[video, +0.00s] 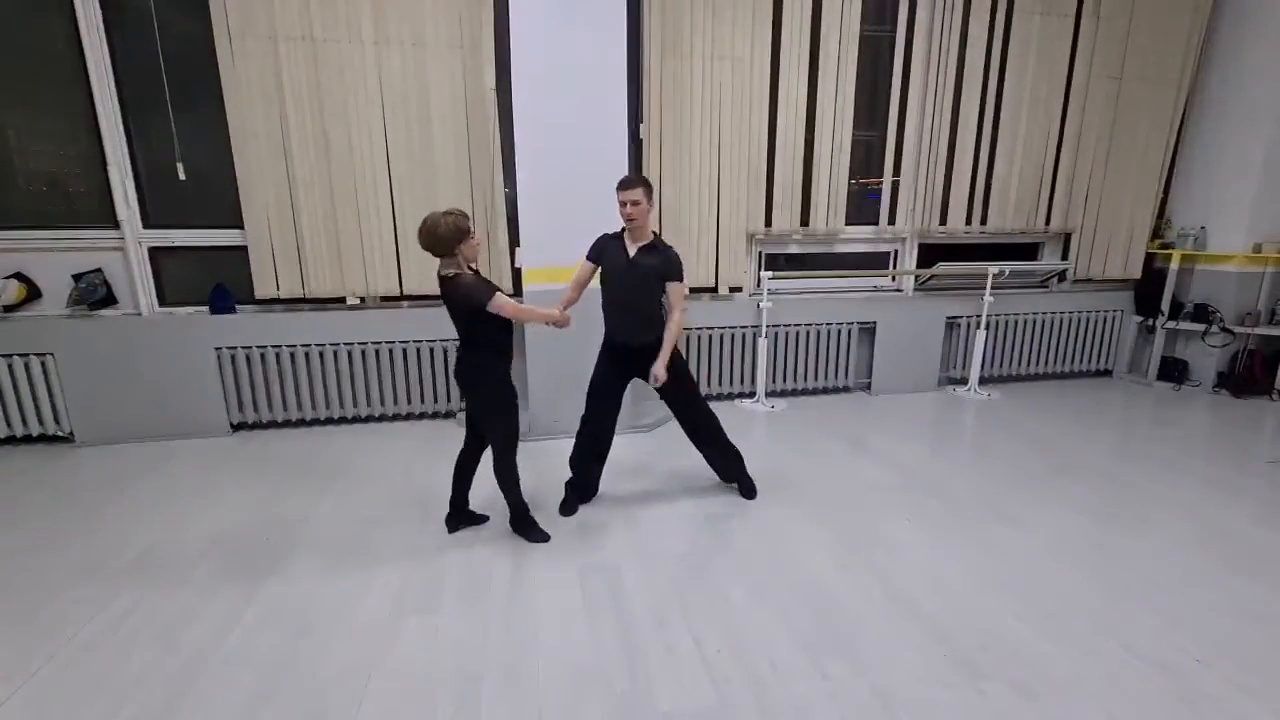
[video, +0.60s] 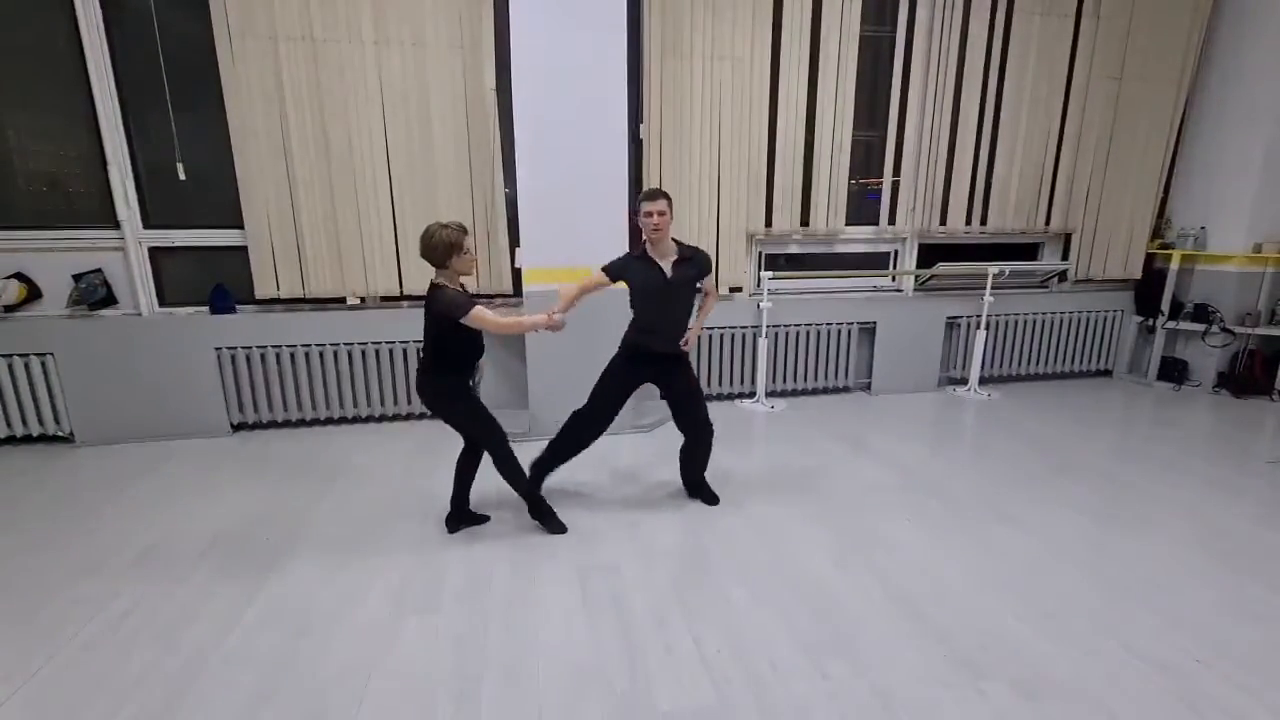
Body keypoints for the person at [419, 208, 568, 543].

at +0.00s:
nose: (479, 238)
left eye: (474, 233)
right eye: (472, 235)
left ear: (450, 248)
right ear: (458, 246)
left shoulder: (452, 277)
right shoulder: (468, 284)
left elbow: (503, 306)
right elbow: (512, 312)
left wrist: (540, 315)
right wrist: (552, 316)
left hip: (474, 370)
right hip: (488, 375)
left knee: (475, 441)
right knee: (505, 444)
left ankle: (458, 510)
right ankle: (520, 516)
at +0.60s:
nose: (473, 255)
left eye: (471, 249)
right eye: (466, 252)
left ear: (450, 259)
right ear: (448, 260)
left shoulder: (454, 288)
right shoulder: (445, 297)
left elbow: (491, 319)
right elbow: (496, 324)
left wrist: (531, 322)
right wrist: (542, 321)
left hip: (450, 381)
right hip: (442, 386)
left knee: (475, 439)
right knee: (495, 438)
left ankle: (458, 512)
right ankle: (536, 505)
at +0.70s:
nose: (472, 257)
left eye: (471, 251)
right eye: (465, 253)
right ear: (446, 261)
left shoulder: (472, 290)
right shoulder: (429, 296)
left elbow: (496, 323)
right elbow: (472, 320)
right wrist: (522, 314)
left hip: (464, 383)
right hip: (435, 388)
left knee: (484, 440)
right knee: (485, 442)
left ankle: (459, 512)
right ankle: (535, 507)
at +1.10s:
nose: (480, 256)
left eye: (478, 250)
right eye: (475, 251)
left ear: (460, 258)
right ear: (457, 259)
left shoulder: (478, 289)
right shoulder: (441, 301)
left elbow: (501, 318)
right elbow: (489, 321)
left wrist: (523, 348)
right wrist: (541, 318)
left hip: (472, 383)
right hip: (448, 388)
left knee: (485, 440)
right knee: (508, 432)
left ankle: (457, 510)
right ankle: (532, 502)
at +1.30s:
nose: (506, 248)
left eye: (504, 242)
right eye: (503, 243)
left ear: (468, 248)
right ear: (492, 248)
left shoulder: (450, 285)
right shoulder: (510, 287)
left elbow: (413, 315)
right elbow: (551, 319)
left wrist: (392, 336)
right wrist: (576, 334)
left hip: (466, 379)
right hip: (503, 379)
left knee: (484, 436)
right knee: (538, 433)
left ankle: (461, 507)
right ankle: (552, 507)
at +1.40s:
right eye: (523, 231)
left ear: (487, 238)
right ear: (522, 236)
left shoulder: (479, 277)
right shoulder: (535, 274)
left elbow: (461, 327)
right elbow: (554, 321)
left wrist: (426, 352)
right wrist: (528, 322)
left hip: (489, 367)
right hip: (530, 365)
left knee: (485, 433)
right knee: (530, 427)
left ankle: (469, 503)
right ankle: (555, 501)